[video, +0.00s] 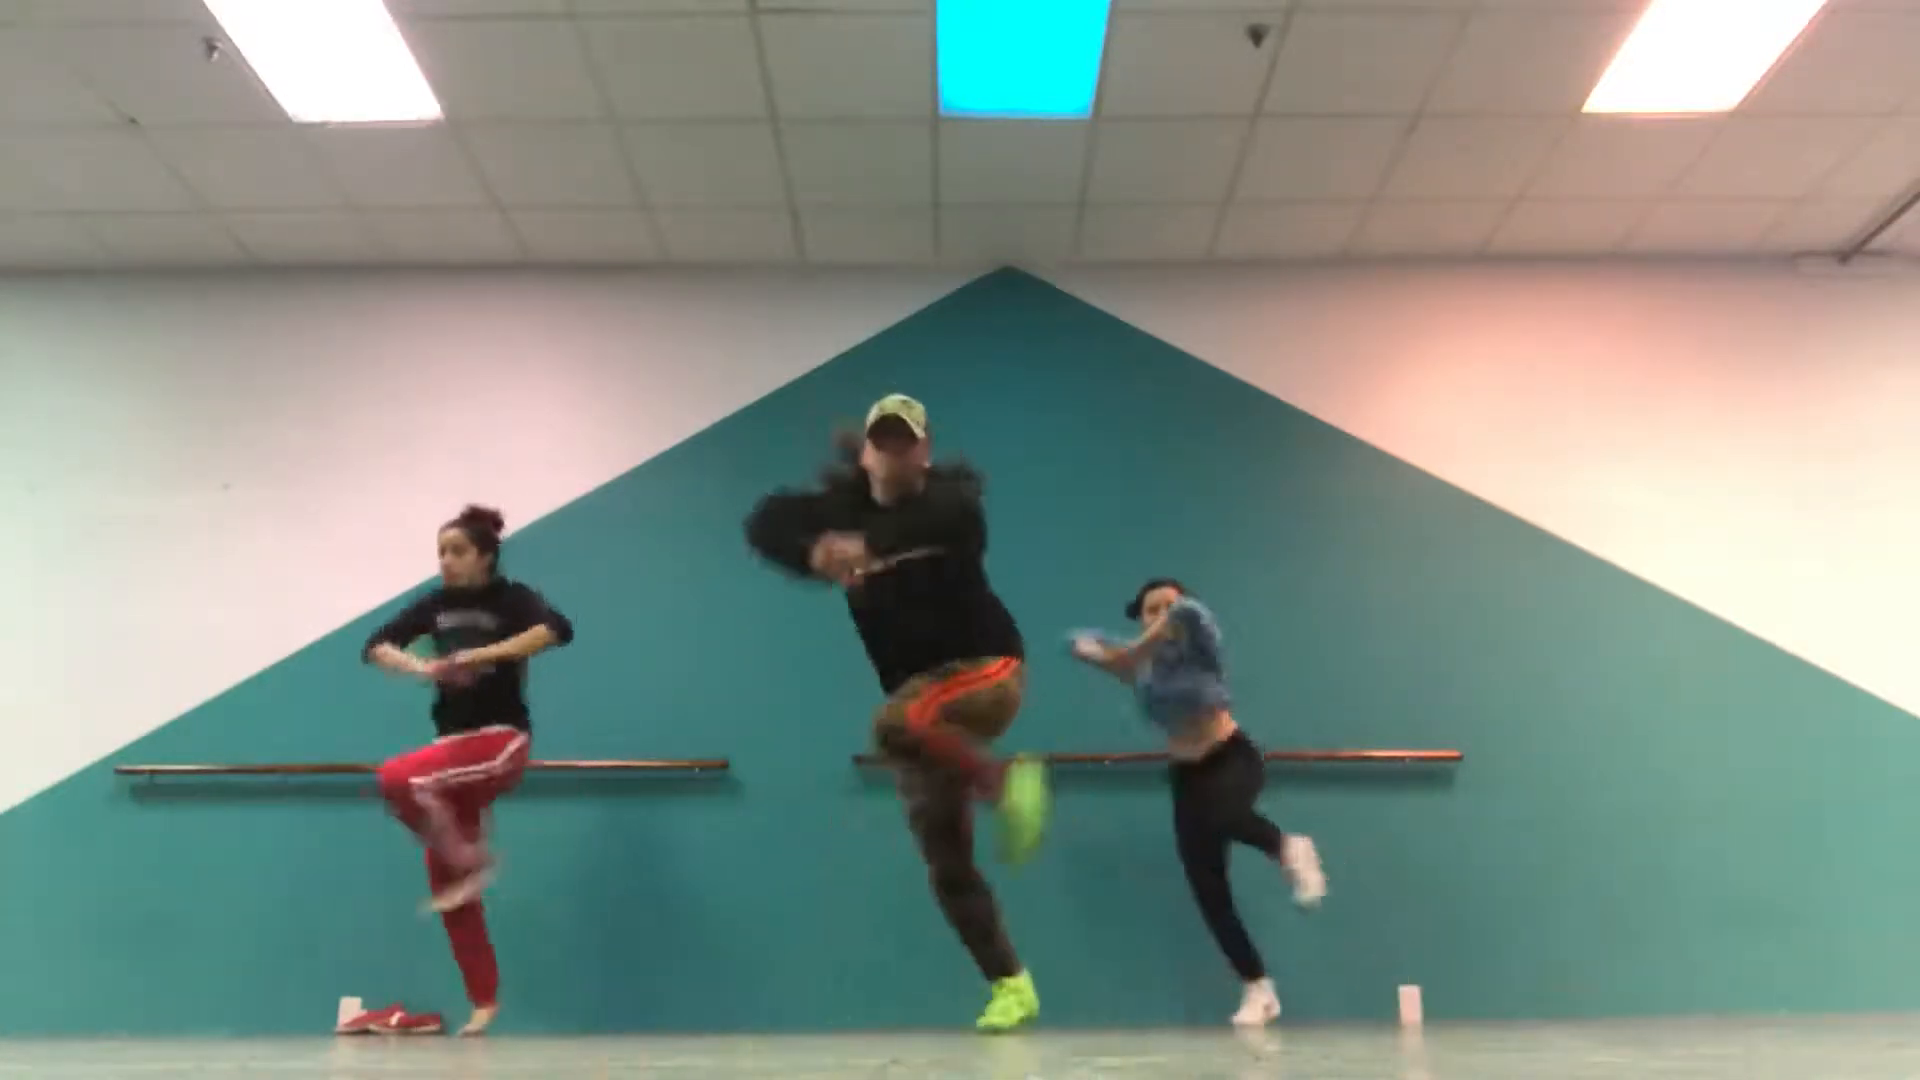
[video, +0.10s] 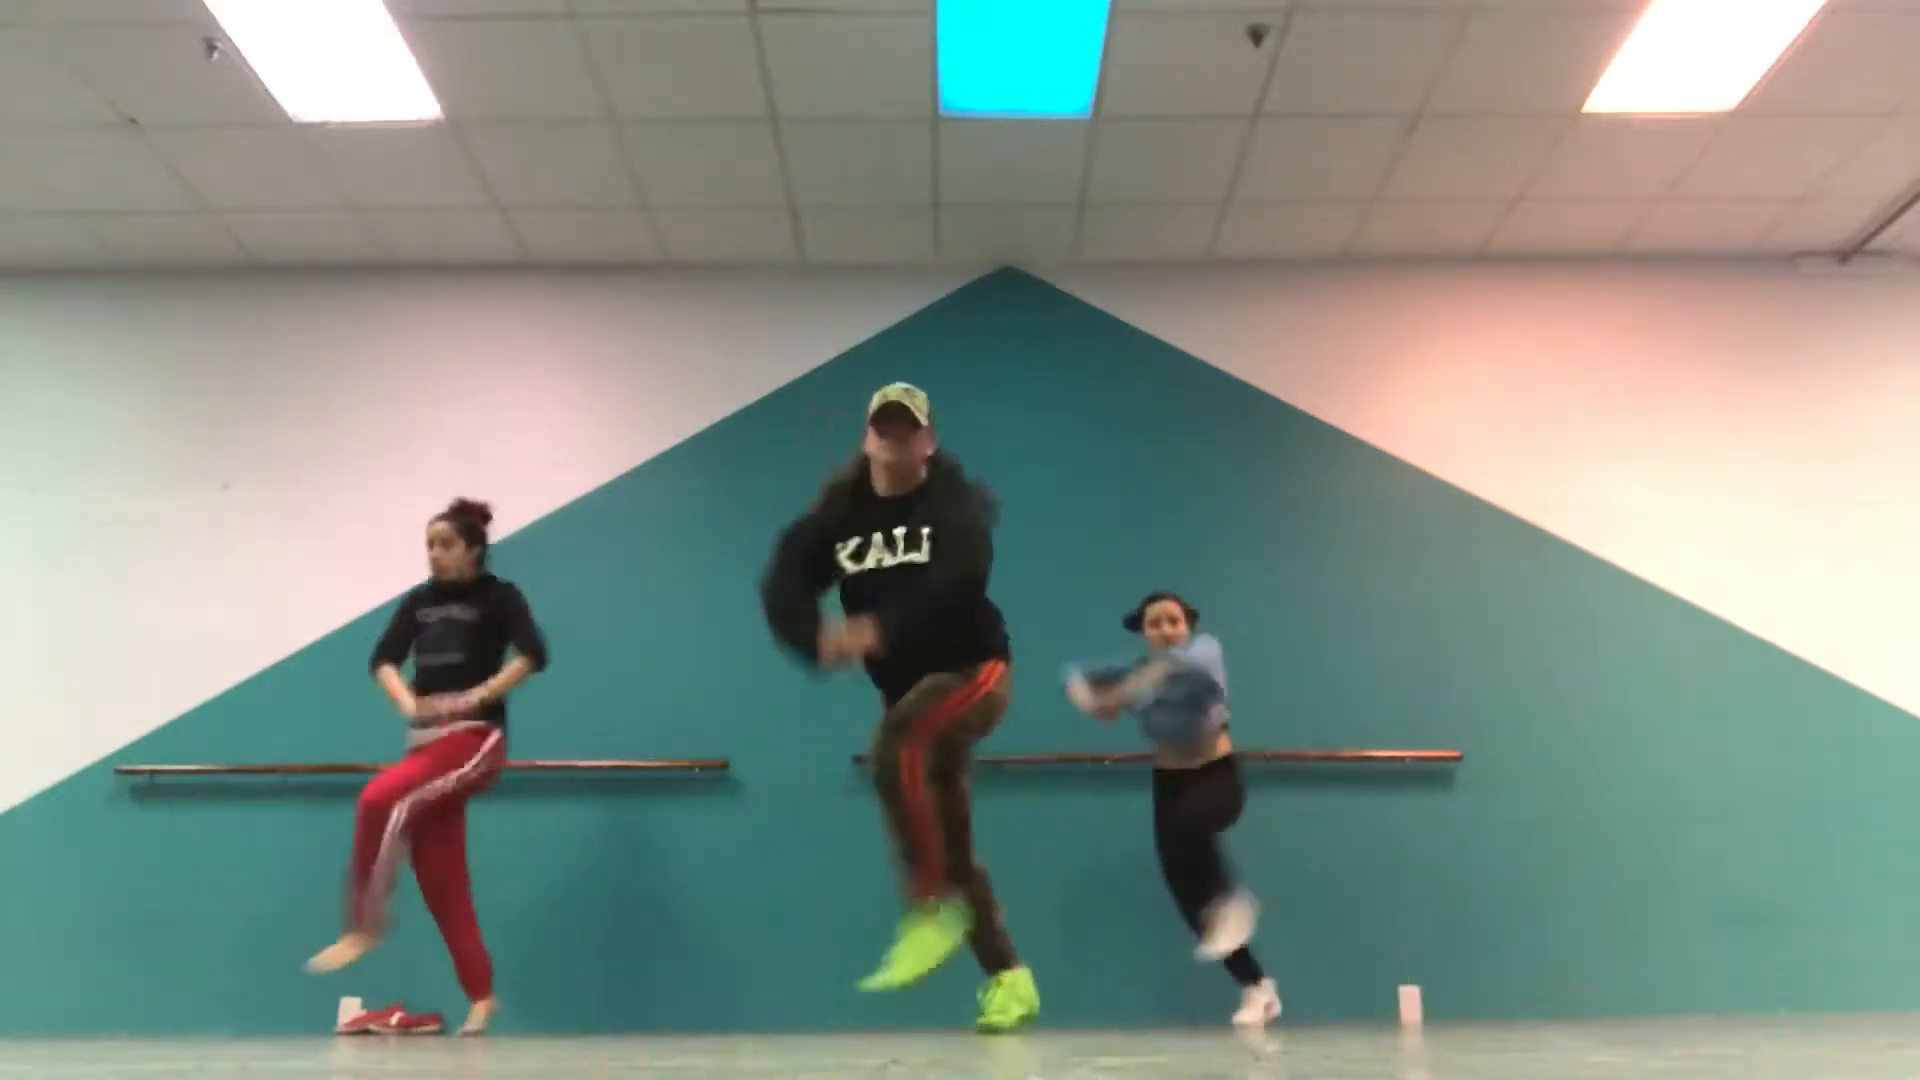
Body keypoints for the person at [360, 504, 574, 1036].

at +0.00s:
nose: (444, 561)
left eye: (454, 551)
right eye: (441, 552)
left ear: (484, 555)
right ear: (442, 556)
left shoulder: (511, 597)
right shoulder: (436, 603)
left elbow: (557, 630)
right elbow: (376, 647)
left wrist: (482, 656)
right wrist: (421, 667)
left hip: (503, 739)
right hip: (452, 745)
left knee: (400, 777)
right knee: (451, 879)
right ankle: (484, 998)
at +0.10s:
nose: (434, 554)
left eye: (444, 544)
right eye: (430, 544)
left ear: (474, 548)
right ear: (427, 549)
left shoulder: (500, 596)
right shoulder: (419, 600)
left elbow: (532, 655)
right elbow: (383, 662)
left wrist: (479, 695)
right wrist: (411, 705)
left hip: (476, 738)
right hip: (425, 741)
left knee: (379, 800)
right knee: (443, 877)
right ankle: (482, 994)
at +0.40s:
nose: (372, 575)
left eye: (384, 567)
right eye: (369, 565)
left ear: (412, 574)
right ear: (365, 569)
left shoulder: (424, 632)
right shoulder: (341, 618)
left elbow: (454, 703)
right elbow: (278, 665)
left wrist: (381, 719)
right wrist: (319, 715)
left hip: (383, 765)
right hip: (337, 766)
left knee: (311, 869)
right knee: (361, 903)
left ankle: (300, 1012)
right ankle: (456, 982)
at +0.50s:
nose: (339, 562)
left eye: (350, 553)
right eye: (336, 553)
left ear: (380, 561)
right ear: (333, 559)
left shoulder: (397, 614)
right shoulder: (315, 603)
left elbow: (448, 671)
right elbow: (232, 637)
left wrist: (396, 645)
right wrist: (256, 626)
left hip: (360, 757)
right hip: (307, 761)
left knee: (309, 873)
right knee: (260, 877)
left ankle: (300, 1014)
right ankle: (360, 948)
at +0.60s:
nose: (309, 552)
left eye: (322, 543)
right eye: (306, 542)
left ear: (353, 551)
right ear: (304, 549)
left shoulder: (373, 606)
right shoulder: (290, 602)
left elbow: (439, 648)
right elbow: (211, 626)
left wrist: (412, 624)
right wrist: (171, 589)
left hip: (334, 759)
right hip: (273, 757)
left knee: (299, 870)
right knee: (194, 846)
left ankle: (298, 1011)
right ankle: (254, 956)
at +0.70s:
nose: (287, 551)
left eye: (298, 541)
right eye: (284, 540)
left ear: (329, 549)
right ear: (282, 547)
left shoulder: (351, 607)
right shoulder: (267, 601)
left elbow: (403, 662)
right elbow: (189, 645)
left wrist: (364, 679)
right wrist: (105, 656)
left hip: (309, 757)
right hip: (246, 754)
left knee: (283, 856)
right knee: (167, 848)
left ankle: (284, 1000)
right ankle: (141, 985)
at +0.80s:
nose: (265, 575)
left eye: (278, 566)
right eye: (265, 564)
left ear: (308, 576)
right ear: (262, 570)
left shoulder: (325, 646)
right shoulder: (234, 631)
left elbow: (346, 726)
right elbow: (173, 701)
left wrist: (309, 781)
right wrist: (108, 755)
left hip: (275, 784)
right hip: (211, 780)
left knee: (248, 868)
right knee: (135, 878)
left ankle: (246, 1010)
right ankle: (112, 1011)